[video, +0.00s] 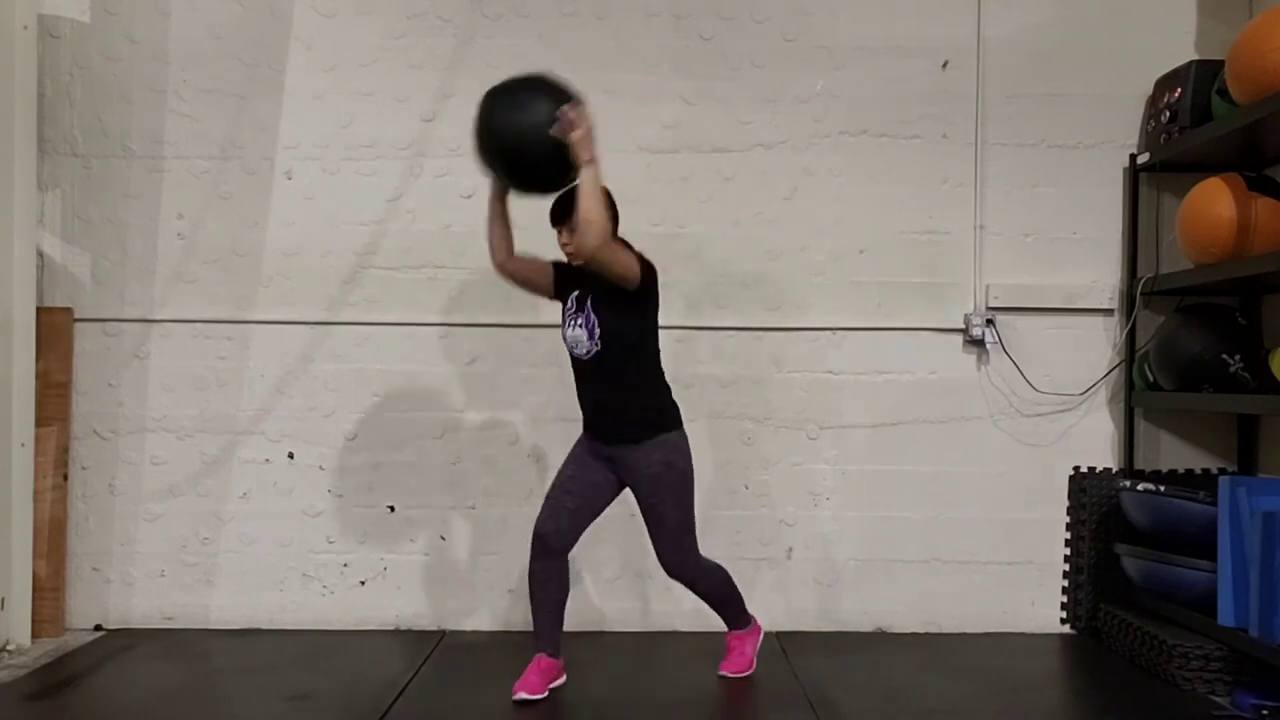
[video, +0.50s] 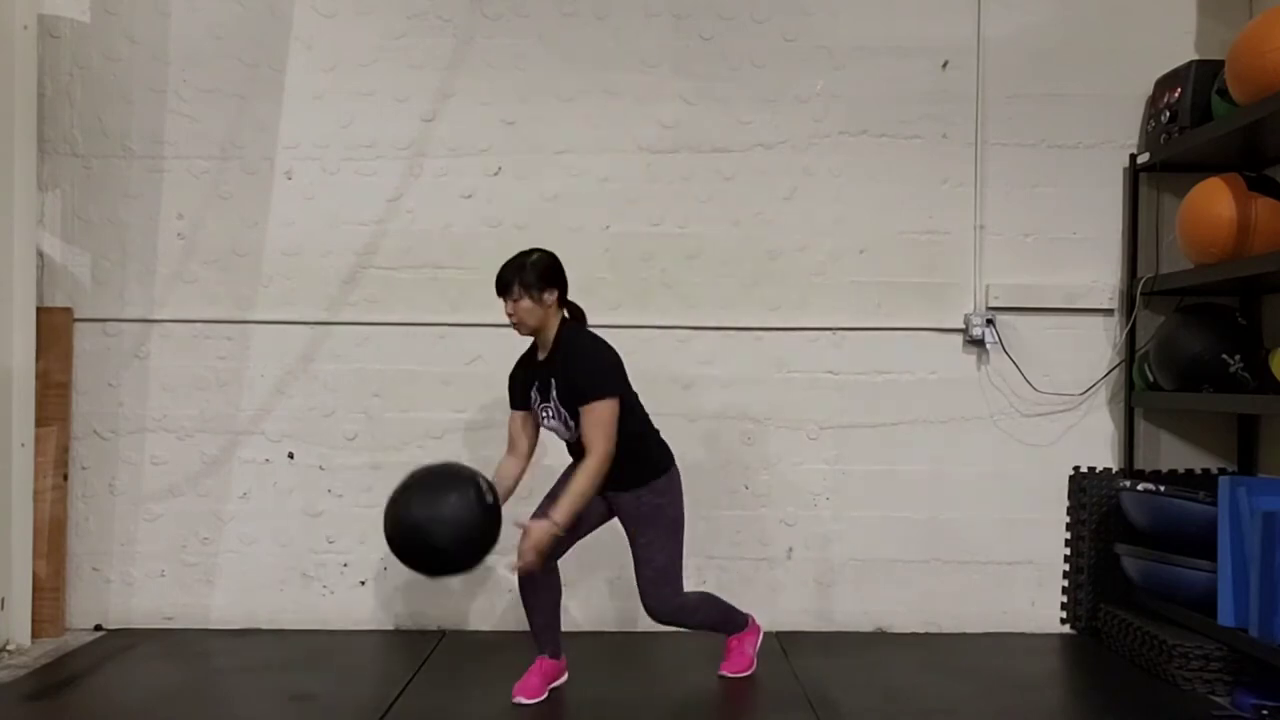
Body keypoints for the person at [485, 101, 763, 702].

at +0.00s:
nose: (562, 237)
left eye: (570, 227)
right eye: (557, 229)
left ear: (599, 226)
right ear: (558, 235)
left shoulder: (634, 276)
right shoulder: (568, 281)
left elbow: (594, 242)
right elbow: (506, 260)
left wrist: (585, 157)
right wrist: (499, 188)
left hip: (655, 446)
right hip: (599, 446)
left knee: (680, 560)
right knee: (548, 540)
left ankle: (743, 627)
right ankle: (548, 657)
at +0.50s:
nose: (507, 309)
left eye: (515, 298)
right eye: (504, 299)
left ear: (551, 298)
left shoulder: (591, 358)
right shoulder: (525, 373)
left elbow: (598, 455)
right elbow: (517, 452)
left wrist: (551, 523)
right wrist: (483, 505)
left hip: (647, 483)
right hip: (591, 479)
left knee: (663, 603)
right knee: (534, 551)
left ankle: (744, 627)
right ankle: (550, 659)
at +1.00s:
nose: (528, 232)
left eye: (538, 219)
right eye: (519, 223)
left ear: (565, 219)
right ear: (514, 231)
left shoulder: (593, 271)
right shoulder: (519, 294)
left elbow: (558, 325)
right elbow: (482, 371)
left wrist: (482, 290)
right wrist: (417, 341)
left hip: (625, 435)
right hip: (564, 439)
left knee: (673, 542)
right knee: (534, 547)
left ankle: (725, 623)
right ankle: (549, 659)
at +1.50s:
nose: (626, 210)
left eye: (629, 201)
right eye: (615, 200)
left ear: (631, 209)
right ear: (586, 204)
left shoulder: (630, 250)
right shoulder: (571, 257)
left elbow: (660, 184)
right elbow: (579, 201)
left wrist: (617, 124)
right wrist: (566, 114)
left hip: (637, 425)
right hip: (588, 427)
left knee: (667, 537)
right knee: (582, 547)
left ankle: (671, 647)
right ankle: (525, 652)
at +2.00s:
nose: (689, 278)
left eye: (690, 268)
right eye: (689, 268)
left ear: (644, 262)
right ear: (674, 264)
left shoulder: (619, 306)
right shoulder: (667, 314)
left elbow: (681, 337)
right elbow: (738, 352)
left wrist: (712, 316)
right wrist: (780, 302)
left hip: (589, 465)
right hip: (601, 471)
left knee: (680, 532)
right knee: (607, 602)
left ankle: (671, 649)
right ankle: (492, 660)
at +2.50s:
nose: (725, 298)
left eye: (726, 288)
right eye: (724, 287)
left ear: (681, 283)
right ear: (708, 285)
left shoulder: (656, 331)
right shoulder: (709, 346)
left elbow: (668, 424)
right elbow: (737, 438)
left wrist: (709, 482)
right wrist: (777, 500)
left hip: (585, 451)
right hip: (603, 461)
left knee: (672, 532)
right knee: (599, 595)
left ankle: (672, 649)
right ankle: (486, 661)